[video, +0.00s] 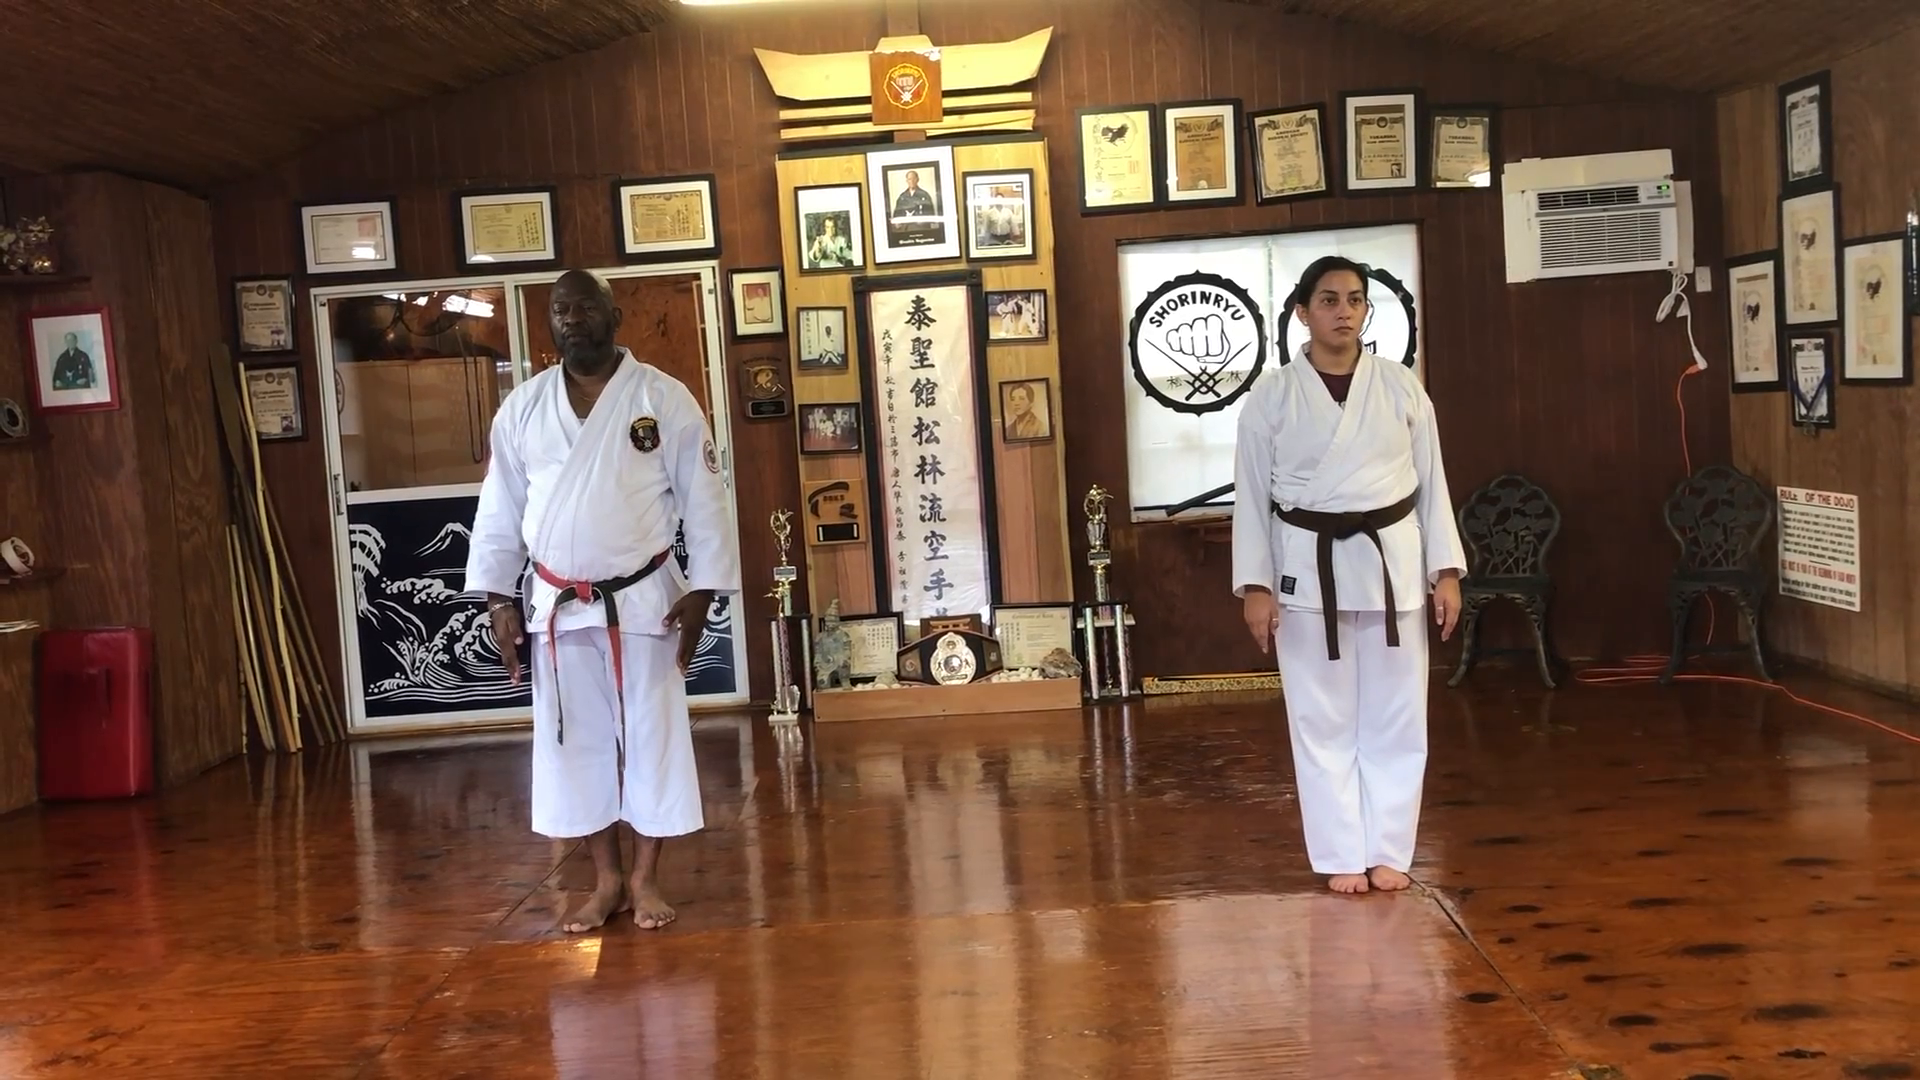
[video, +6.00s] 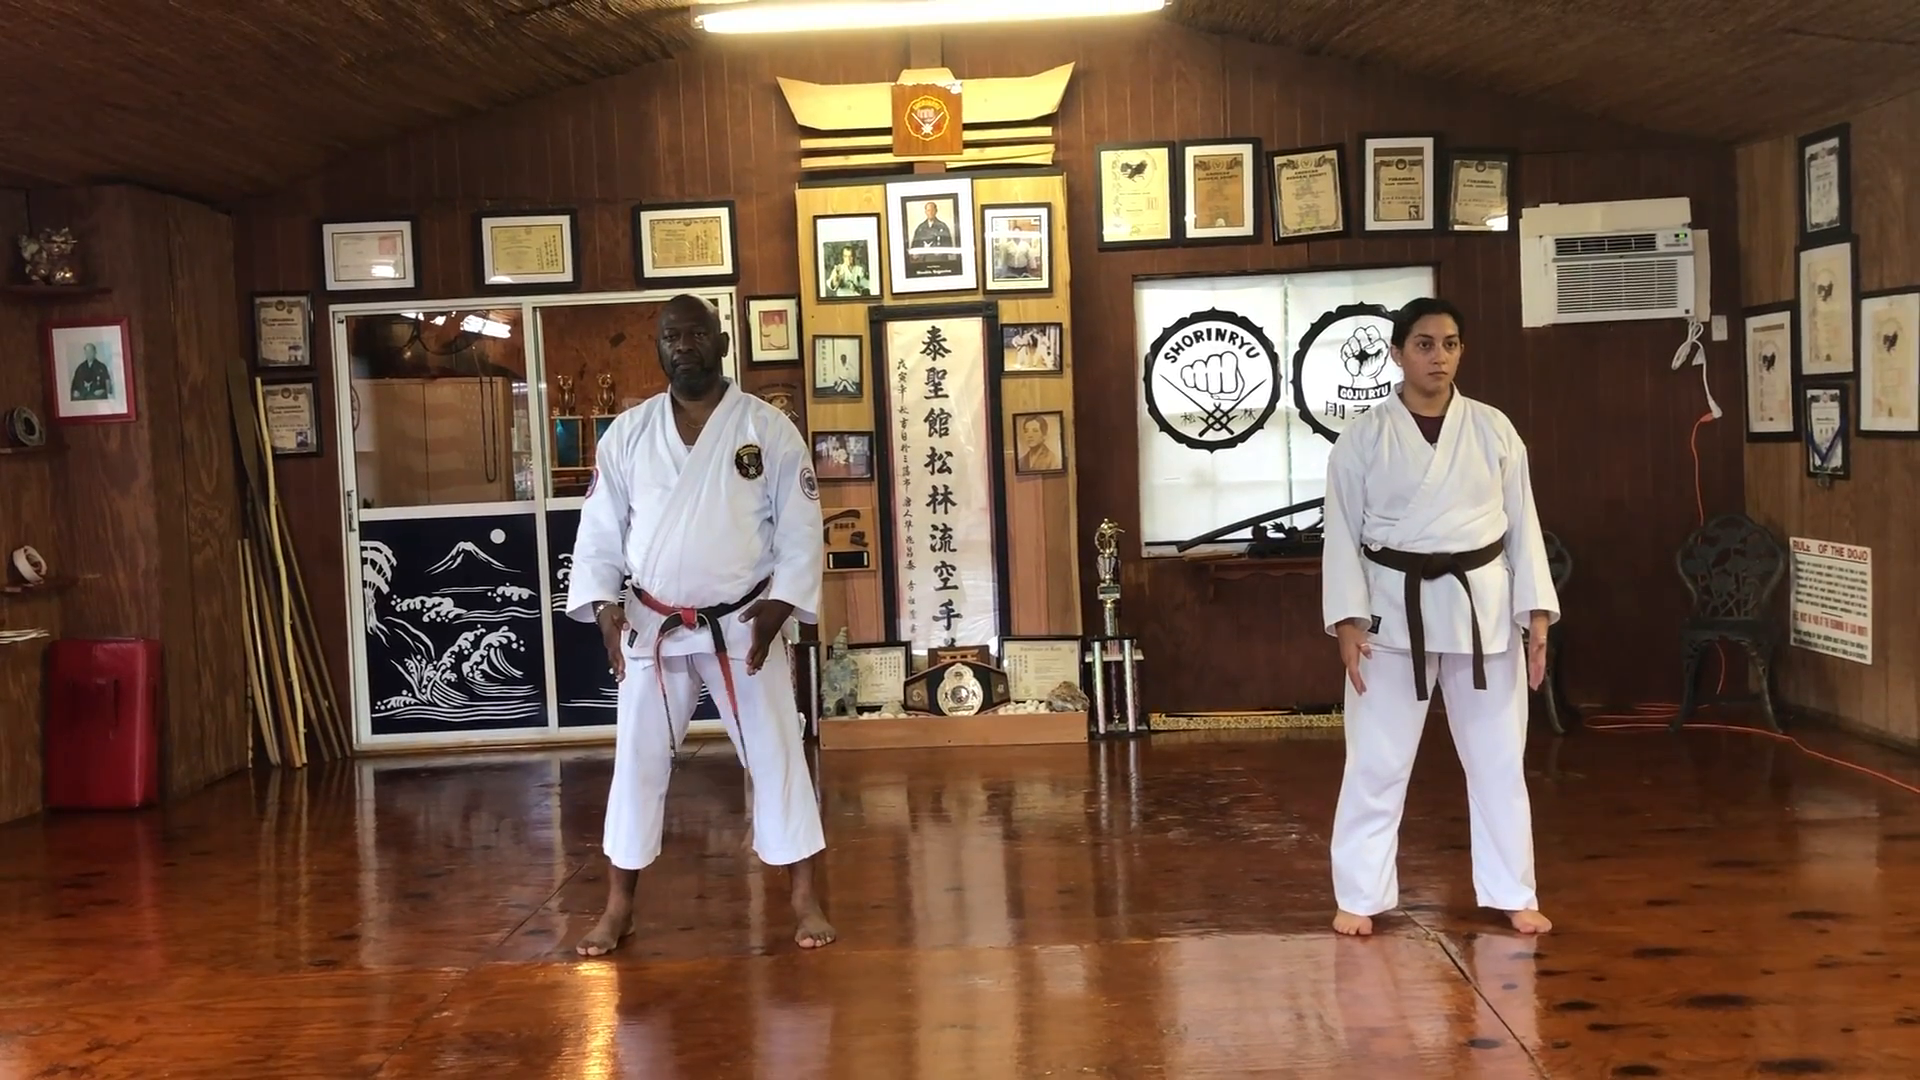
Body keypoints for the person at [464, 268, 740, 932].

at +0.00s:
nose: (571, 321)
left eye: (583, 309)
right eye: (561, 312)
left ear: (615, 317)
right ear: (548, 327)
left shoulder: (663, 398)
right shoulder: (520, 410)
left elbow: (704, 498)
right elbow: (500, 511)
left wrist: (704, 590)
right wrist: (498, 602)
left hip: (643, 593)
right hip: (557, 599)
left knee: (649, 735)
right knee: (577, 736)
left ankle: (643, 880)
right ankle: (605, 879)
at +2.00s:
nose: (560, 392)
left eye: (572, 379)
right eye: (550, 380)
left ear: (605, 367)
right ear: (540, 376)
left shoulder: (666, 420)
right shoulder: (522, 430)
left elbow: (716, 510)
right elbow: (514, 528)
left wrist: (707, 600)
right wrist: (532, 616)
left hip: (662, 608)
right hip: (577, 614)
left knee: (665, 745)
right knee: (592, 746)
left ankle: (651, 882)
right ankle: (613, 884)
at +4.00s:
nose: (583, 320)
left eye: (595, 308)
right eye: (572, 312)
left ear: (624, 319)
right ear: (558, 328)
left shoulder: (675, 398)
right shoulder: (532, 410)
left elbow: (712, 499)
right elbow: (516, 508)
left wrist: (706, 589)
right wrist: (524, 597)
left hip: (656, 590)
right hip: (572, 597)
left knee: (658, 733)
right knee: (590, 734)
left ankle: (654, 879)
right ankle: (617, 880)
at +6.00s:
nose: (686, 347)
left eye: (697, 335)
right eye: (674, 337)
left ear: (722, 343)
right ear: (657, 351)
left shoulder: (767, 429)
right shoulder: (626, 434)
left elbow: (802, 527)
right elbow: (601, 525)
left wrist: (778, 603)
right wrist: (606, 603)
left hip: (743, 617)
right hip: (652, 621)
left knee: (778, 756)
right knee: (635, 762)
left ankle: (807, 900)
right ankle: (617, 909)